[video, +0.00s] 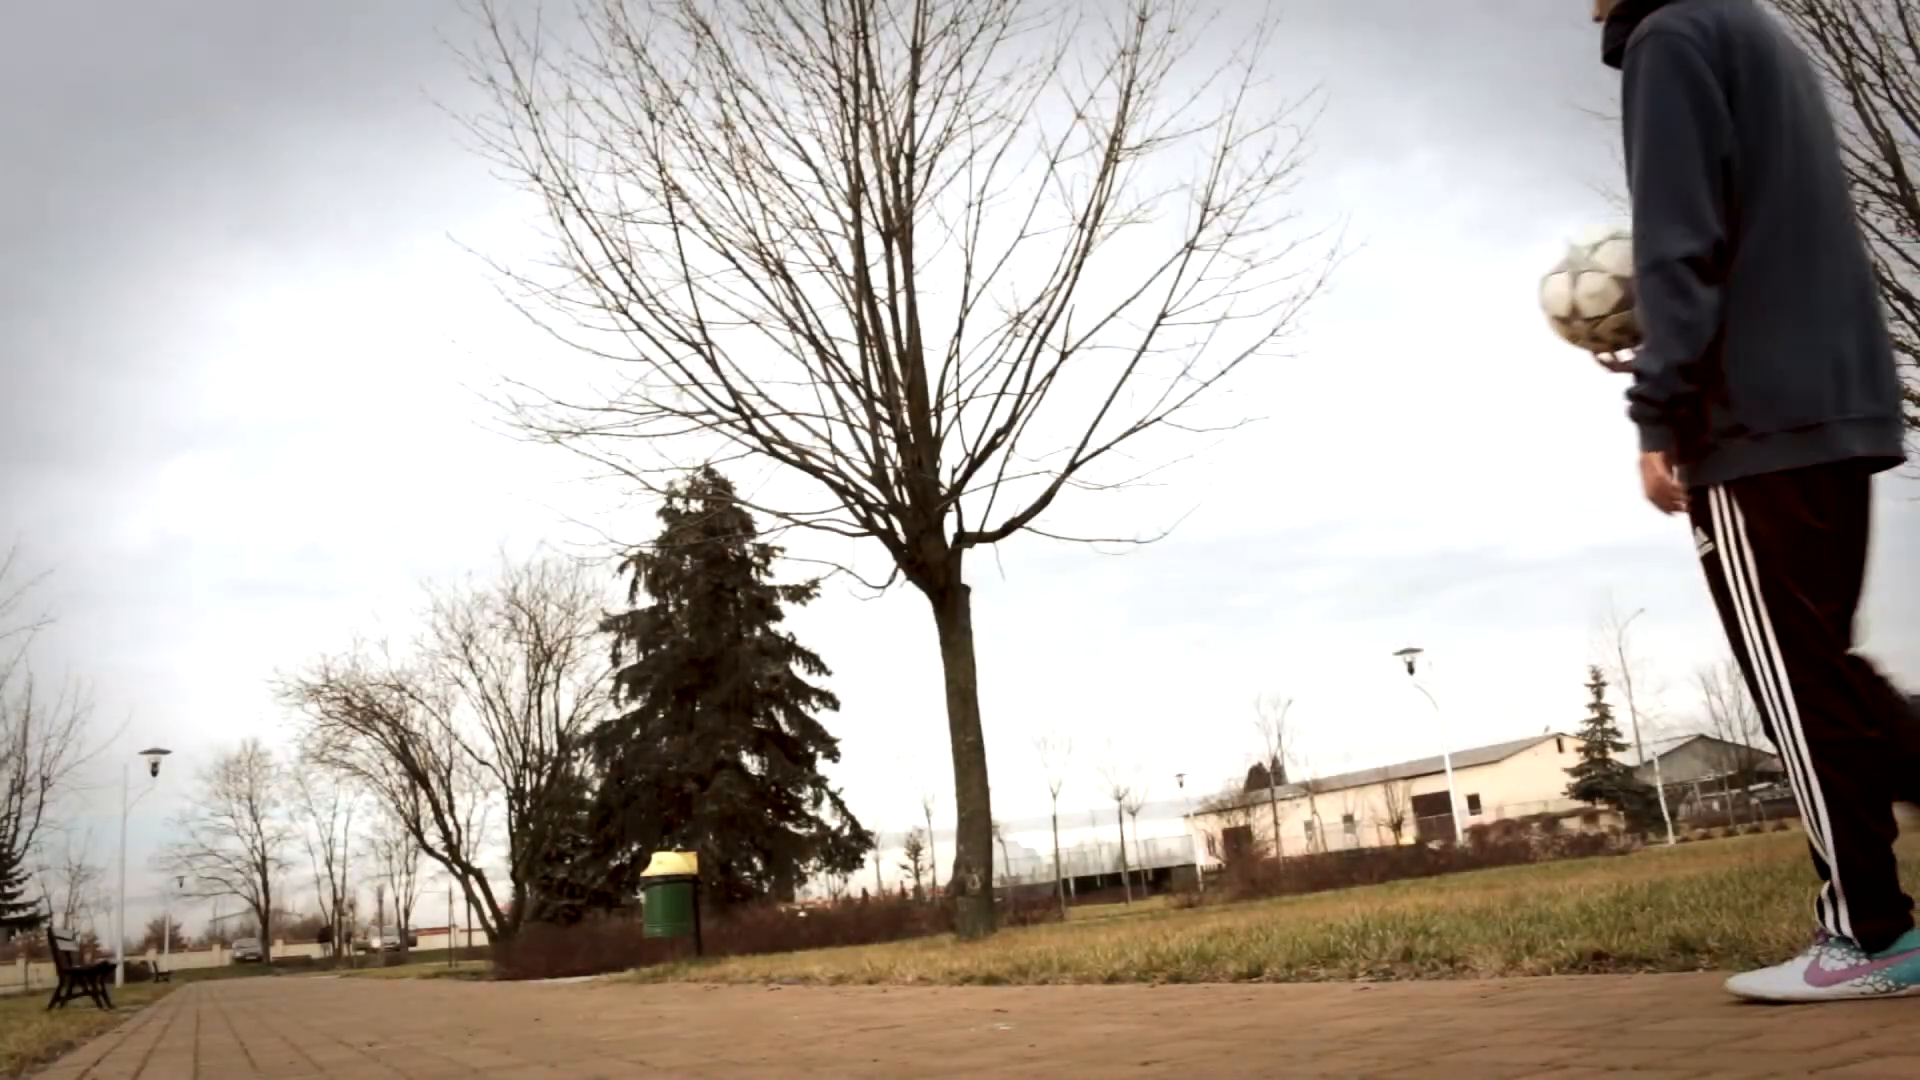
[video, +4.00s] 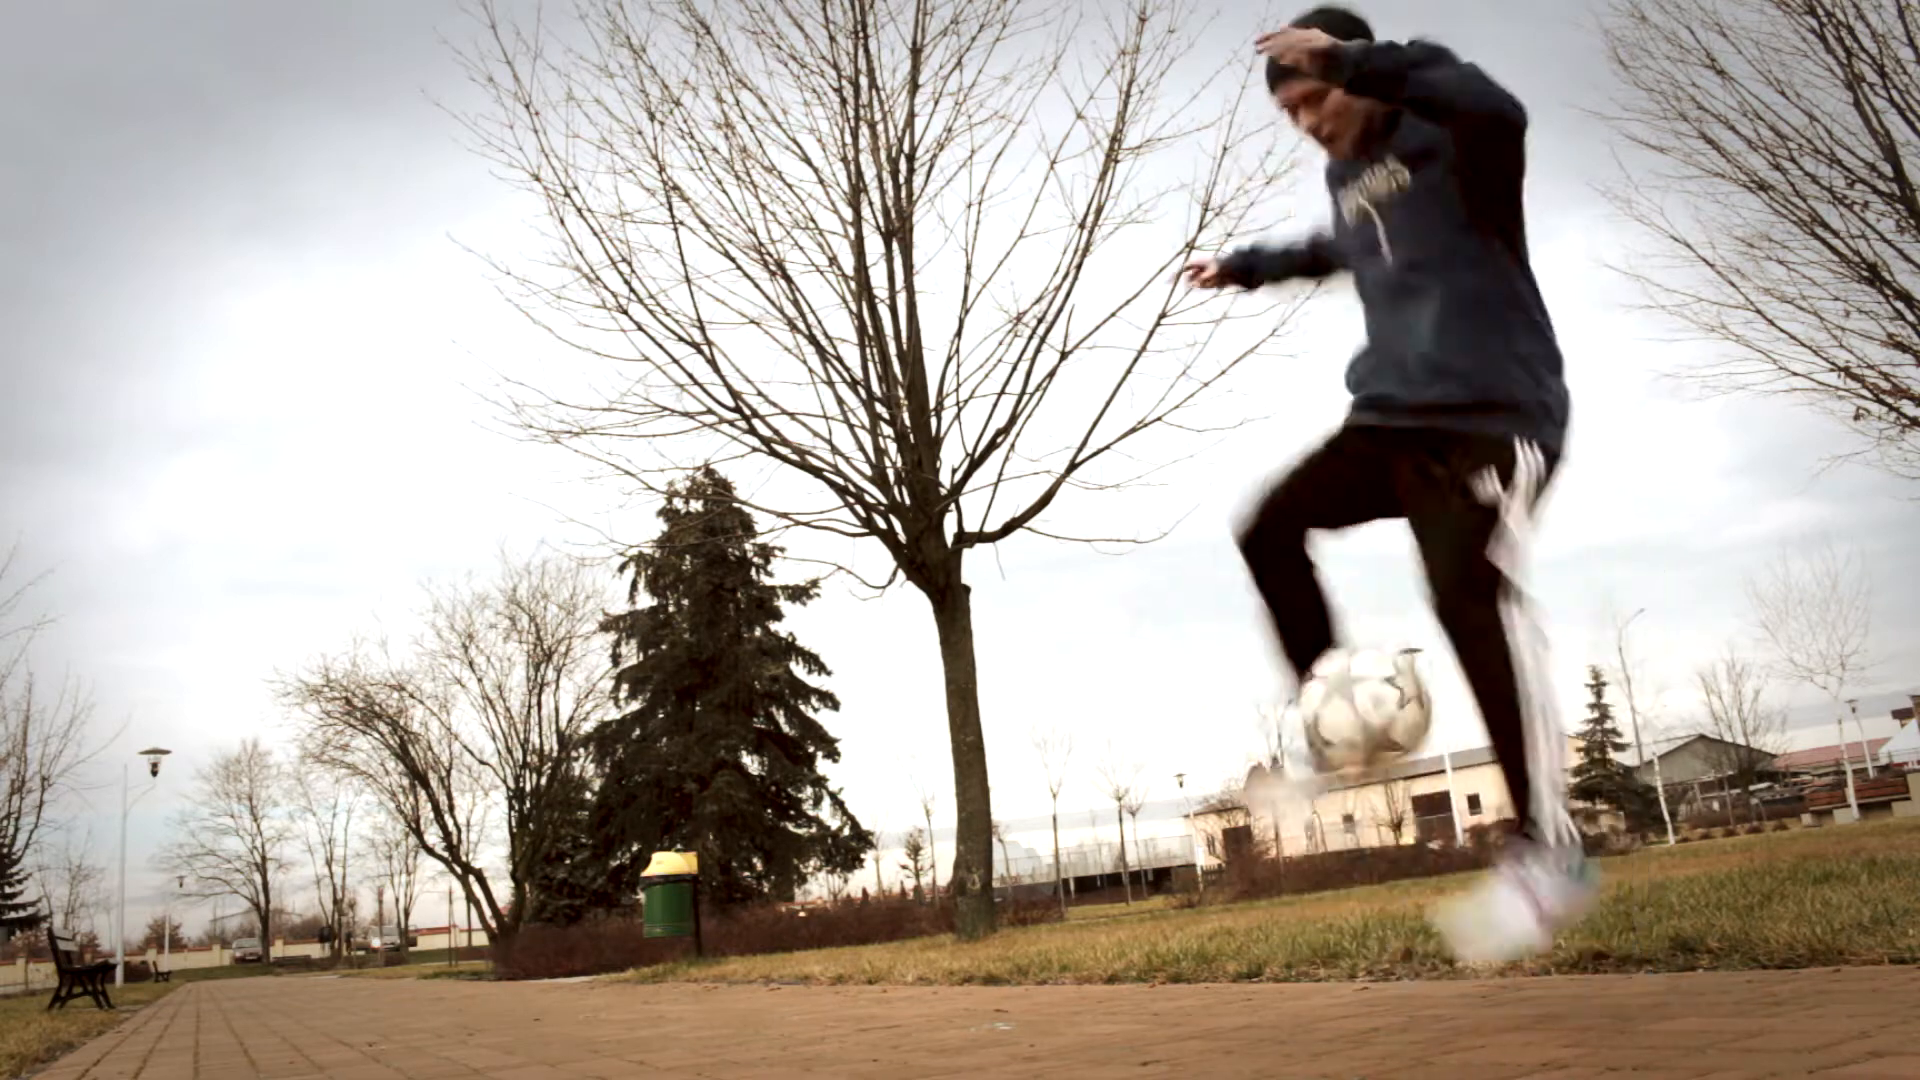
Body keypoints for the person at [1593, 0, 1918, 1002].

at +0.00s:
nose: (1591, 15)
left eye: (1593, 4)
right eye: (1592, 7)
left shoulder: (1670, 43)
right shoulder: (1764, 43)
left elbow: (1680, 243)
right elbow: (1774, 239)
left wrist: (1654, 419)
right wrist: (1653, 317)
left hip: (1760, 421)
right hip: (1833, 408)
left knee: (1792, 681)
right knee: (1823, 666)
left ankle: (1867, 934)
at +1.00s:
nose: (1396, 142)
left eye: (1403, 118)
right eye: (1381, 133)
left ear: (1449, 96)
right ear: (1383, 142)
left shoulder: (1541, 162)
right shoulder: (1421, 241)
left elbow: (1613, 305)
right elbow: (1413, 386)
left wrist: (1620, 440)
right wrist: (1374, 480)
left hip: (1581, 485)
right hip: (1501, 512)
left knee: (1580, 692)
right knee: (1553, 710)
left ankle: (1654, 929)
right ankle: (1617, 930)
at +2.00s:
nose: (1333, 171)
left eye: (1337, 147)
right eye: (1318, 162)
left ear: (1387, 119)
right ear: (1328, 164)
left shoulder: (1490, 178)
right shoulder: (1377, 257)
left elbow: (1584, 301)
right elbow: (1360, 404)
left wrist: (1645, 445)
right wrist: (1286, 512)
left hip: (1525, 491)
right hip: (1449, 510)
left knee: (1429, 695)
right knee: (1479, 716)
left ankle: (1467, 930)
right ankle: (1546, 949)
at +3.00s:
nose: (1299, 192)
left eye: (1299, 169)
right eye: (1286, 181)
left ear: (1341, 137)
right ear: (1311, 167)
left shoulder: (1451, 174)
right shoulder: (1368, 253)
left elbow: (1566, 302)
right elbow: (1411, 408)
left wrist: (1595, 443)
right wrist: (1396, 520)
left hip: (1531, 493)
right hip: (1462, 513)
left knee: (1471, 690)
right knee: (1487, 704)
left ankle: (1555, 933)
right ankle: (1561, 938)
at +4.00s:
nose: (1305, 123)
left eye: (1313, 102)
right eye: (1292, 113)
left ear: (1362, 78)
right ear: (1292, 112)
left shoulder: (1452, 129)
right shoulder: (1349, 177)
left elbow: (1494, 110)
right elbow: (1340, 248)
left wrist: (1357, 60)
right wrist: (1243, 265)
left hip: (1492, 411)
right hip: (1394, 418)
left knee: (1467, 595)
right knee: (1269, 527)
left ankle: (1546, 847)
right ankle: (1337, 711)